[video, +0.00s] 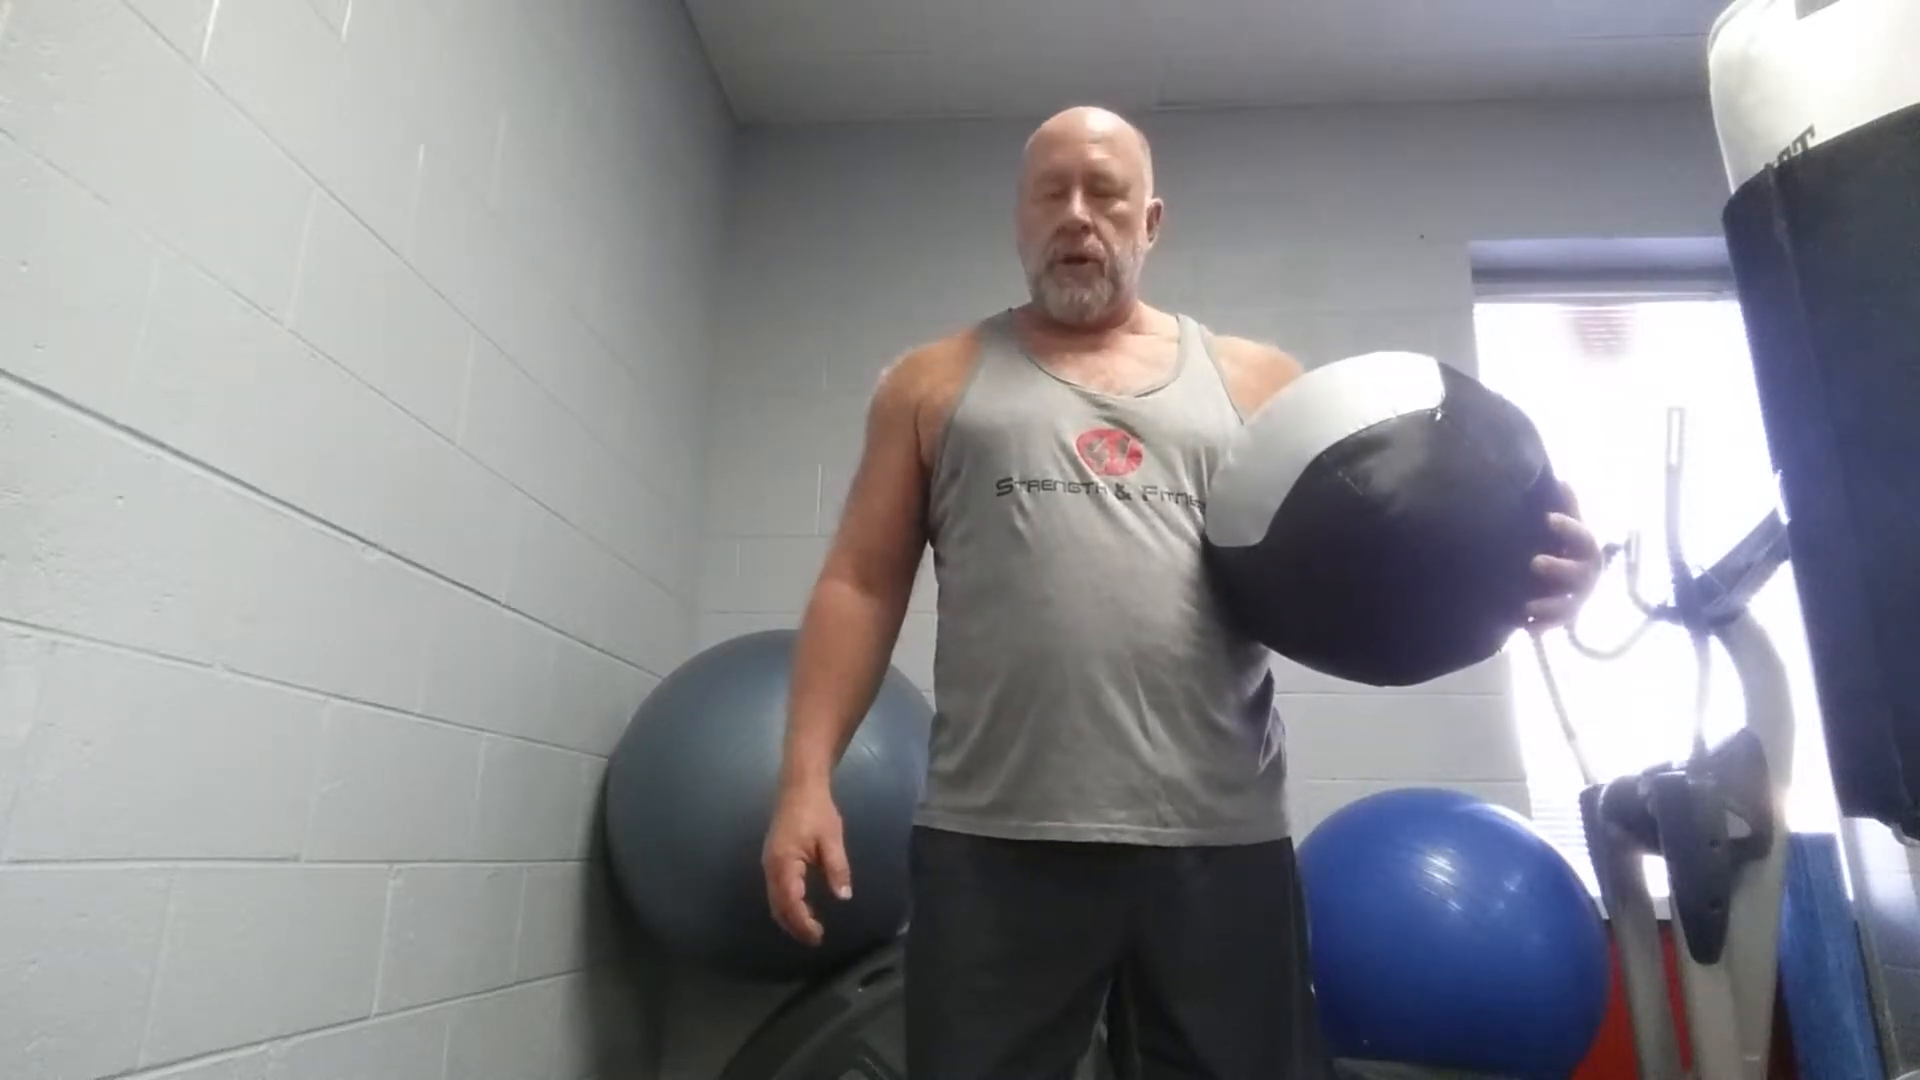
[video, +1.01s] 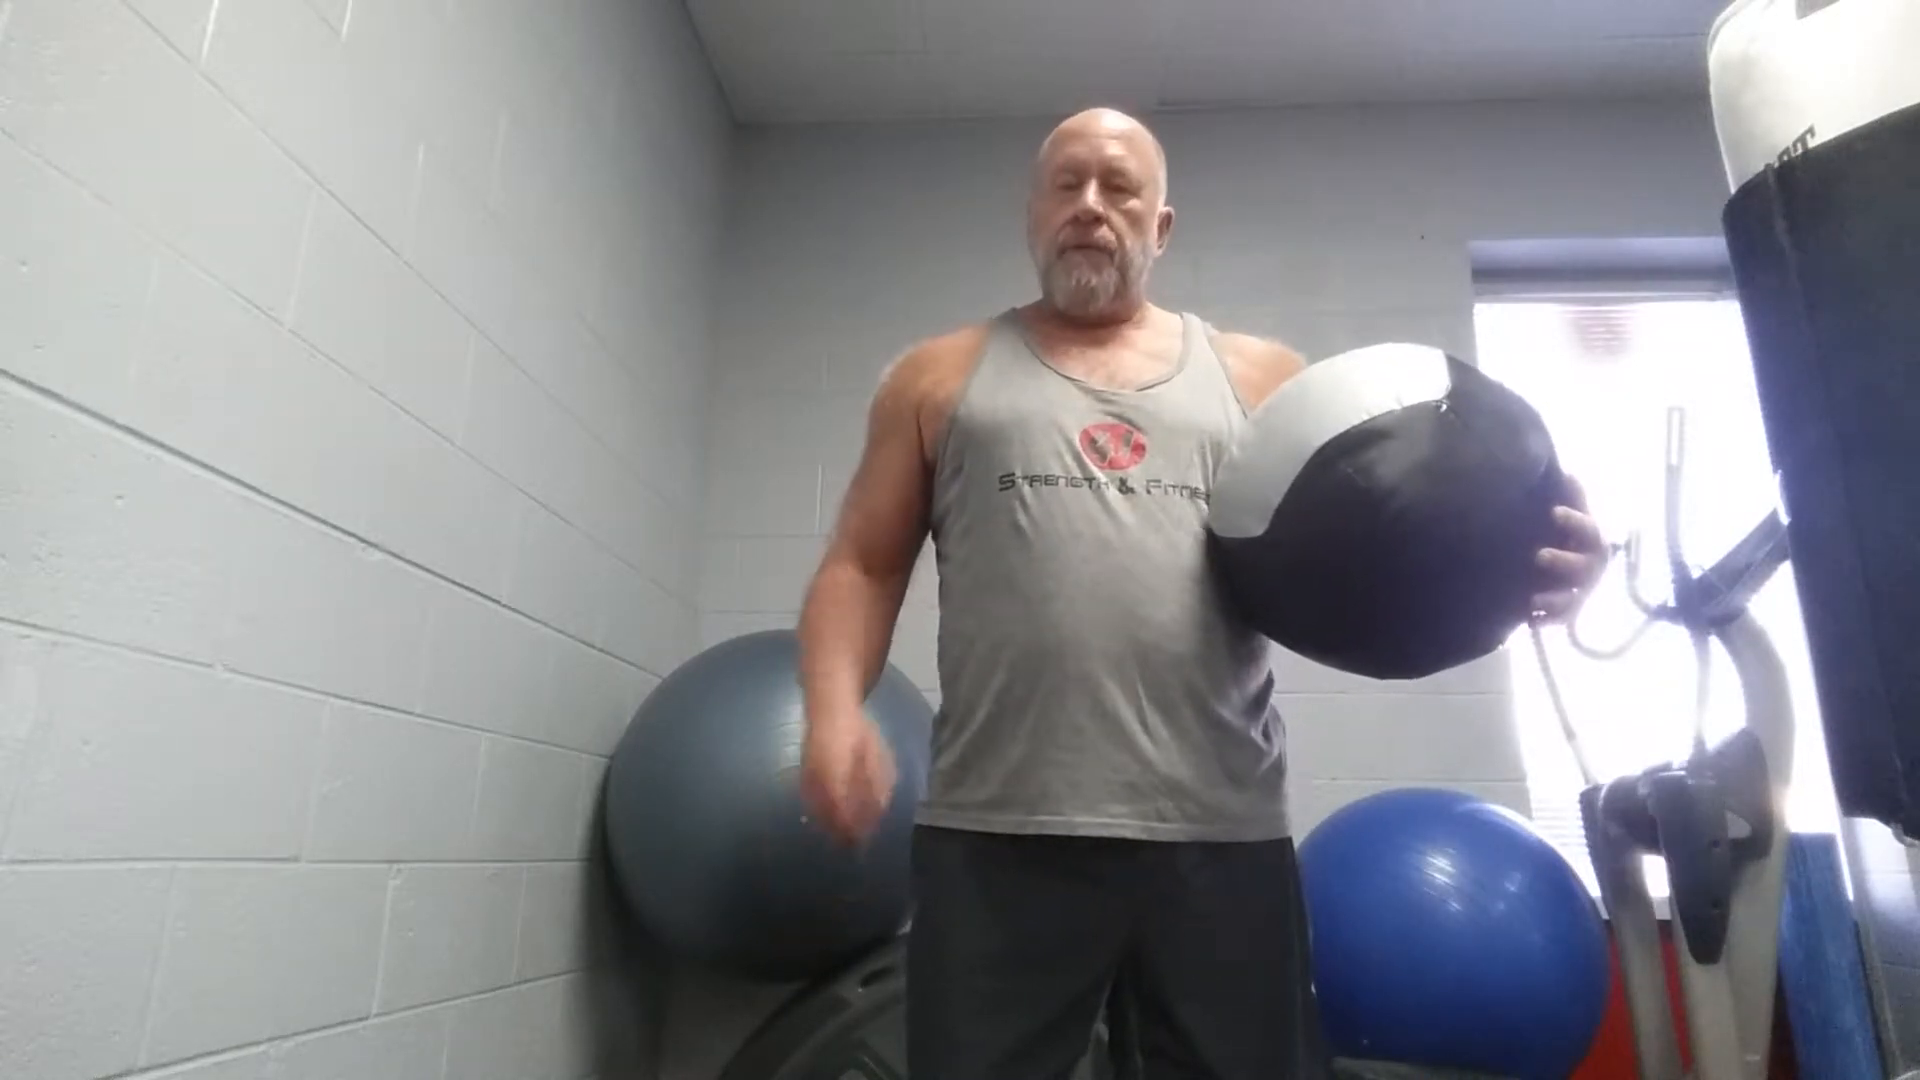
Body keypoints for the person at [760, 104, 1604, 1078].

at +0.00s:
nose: (1078, 216)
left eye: (1106, 193)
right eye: (1053, 193)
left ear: (1153, 219)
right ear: (1017, 218)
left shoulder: (1253, 379)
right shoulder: (934, 385)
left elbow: (1398, 537)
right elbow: (861, 582)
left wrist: (1539, 568)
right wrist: (805, 779)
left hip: (1220, 849)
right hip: (992, 849)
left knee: (1245, 1066)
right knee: (974, 1064)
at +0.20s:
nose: (1077, 215)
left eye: (1104, 192)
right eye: (1051, 192)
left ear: (1150, 216)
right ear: (1016, 216)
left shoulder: (1255, 376)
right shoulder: (933, 386)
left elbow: (1403, 531)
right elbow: (863, 586)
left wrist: (1543, 565)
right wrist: (807, 784)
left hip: (1222, 849)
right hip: (993, 849)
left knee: (1252, 1071)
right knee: (975, 1071)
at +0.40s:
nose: (1078, 212)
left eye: (1106, 191)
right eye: (1052, 191)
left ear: (1151, 216)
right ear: (1017, 216)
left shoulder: (1256, 375)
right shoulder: (935, 385)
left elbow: (1403, 532)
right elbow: (864, 585)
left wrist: (1544, 565)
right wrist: (808, 781)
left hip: (1223, 849)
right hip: (993, 849)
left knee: (1252, 1067)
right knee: (976, 1066)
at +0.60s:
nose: (1083, 212)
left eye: (1109, 190)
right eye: (1056, 191)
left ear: (1154, 217)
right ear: (1019, 219)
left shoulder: (1258, 376)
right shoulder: (938, 383)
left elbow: (1401, 533)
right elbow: (865, 582)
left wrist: (1543, 567)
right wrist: (809, 780)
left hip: (1223, 848)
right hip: (994, 847)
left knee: (1251, 1068)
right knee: (977, 1067)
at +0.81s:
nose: (1088, 211)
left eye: (1115, 191)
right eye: (1062, 189)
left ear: (1159, 220)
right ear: (1024, 217)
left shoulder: (1258, 373)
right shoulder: (939, 379)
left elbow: (1402, 531)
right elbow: (864, 580)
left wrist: (1546, 564)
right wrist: (808, 773)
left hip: (1223, 846)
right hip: (996, 842)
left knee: (1251, 1068)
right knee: (975, 1067)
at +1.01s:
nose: (1091, 206)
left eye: (1120, 187)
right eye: (1066, 184)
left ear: (1162, 222)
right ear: (1028, 213)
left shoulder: (1256, 374)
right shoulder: (938, 377)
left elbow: (1404, 521)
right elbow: (864, 564)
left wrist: (1545, 558)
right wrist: (832, 714)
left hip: (1222, 844)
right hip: (995, 843)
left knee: (1250, 1067)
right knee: (976, 1068)